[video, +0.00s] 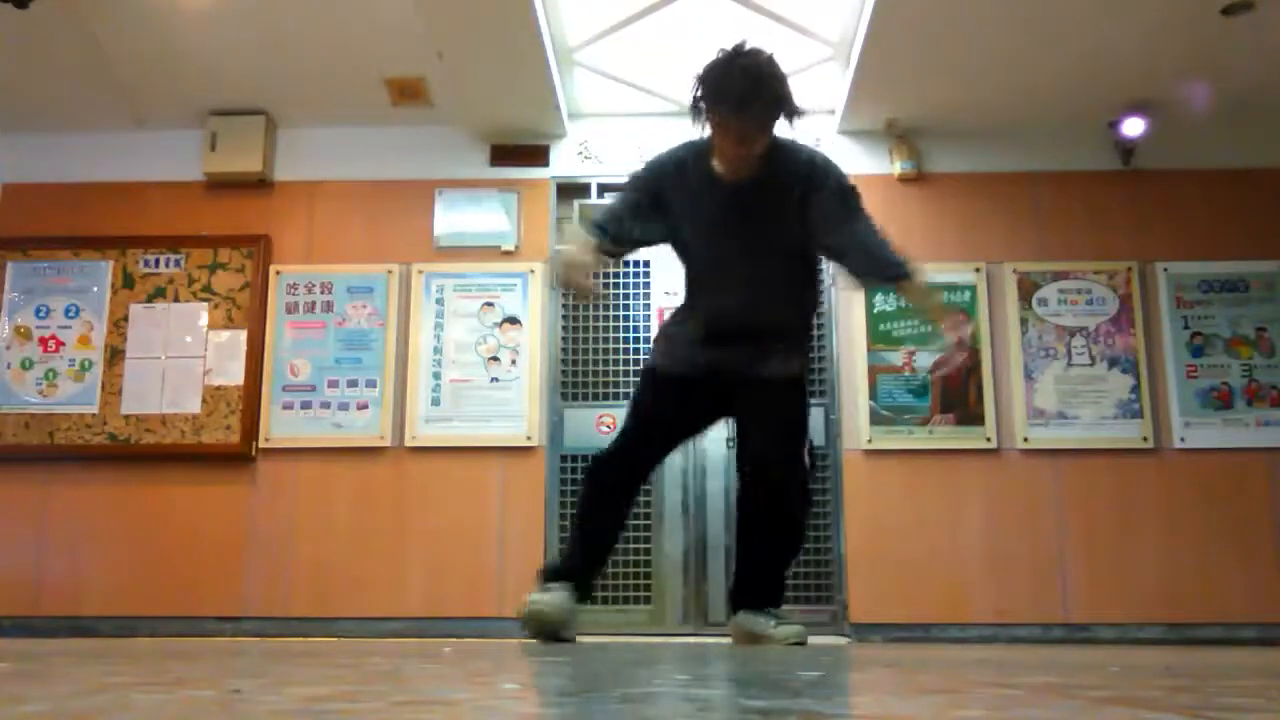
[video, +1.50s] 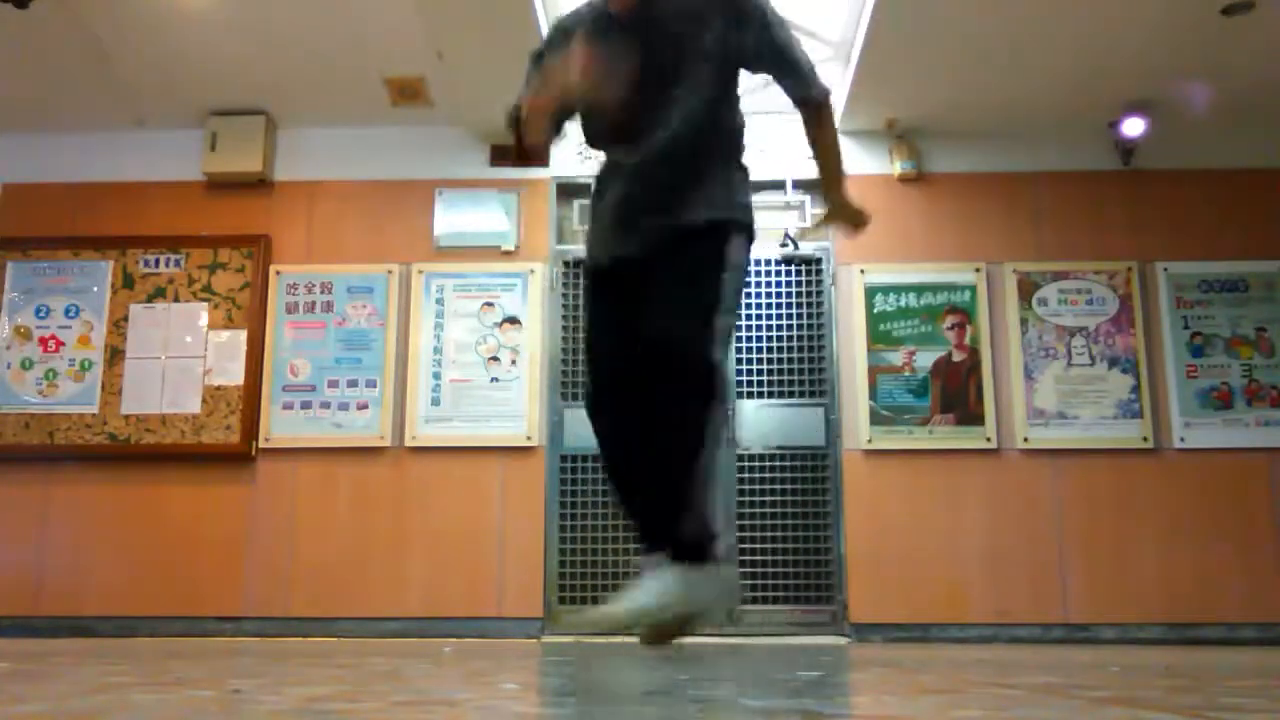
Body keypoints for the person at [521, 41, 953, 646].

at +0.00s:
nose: (736, 147)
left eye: (750, 134)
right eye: (726, 131)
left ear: (773, 123)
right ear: (708, 117)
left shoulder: (807, 178)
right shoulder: (676, 175)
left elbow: (863, 247)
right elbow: (612, 228)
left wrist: (932, 305)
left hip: (775, 362)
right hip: (692, 355)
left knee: (778, 484)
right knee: (626, 458)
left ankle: (756, 609)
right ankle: (565, 586)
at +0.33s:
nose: (754, 159)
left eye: (768, 147)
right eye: (744, 144)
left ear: (793, 132)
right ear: (724, 123)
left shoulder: (821, 171)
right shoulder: (675, 166)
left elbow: (868, 214)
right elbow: (585, 216)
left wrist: (887, 218)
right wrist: (546, 282)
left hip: (780, 353)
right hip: (696, 351)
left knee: (781, 473)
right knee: (713, 472)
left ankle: (767, 598)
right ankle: (724, 601)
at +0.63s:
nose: (812, 64)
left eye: (818, 53)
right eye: (808, 49)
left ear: (805, 49)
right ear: (772, 37)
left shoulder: (789, 122)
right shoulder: (701, 118)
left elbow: (759, 216)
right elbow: (623, 201)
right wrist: (578, 287)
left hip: (775, 315)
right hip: (705, 321)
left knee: (796, 455)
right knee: (725, 458)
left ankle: (763, 597)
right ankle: (718, 603)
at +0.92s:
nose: (811, 77)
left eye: (819, 66)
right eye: (811, 60)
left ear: (785, 49)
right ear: (778, 42)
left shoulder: (758, 106)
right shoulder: (738, 83)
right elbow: (662, 122)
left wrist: (627, 213)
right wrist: (646, 193)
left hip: (738, 313)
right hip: (689, 307)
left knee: (775, 457)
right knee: (714, 452)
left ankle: (747, 603)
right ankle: (685, 580)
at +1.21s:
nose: (708, 2)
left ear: (726, 1)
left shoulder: (759, 65)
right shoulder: (627, 75)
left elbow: (815, 144)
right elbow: (559, 182)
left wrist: (766, 78)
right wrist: (539, 297)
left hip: (721, 283)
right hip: (639, 281)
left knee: (755, 448)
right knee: (647, 432)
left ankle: (700, 572)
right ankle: (602, 594)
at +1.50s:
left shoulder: (725, 10)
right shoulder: (580, 30)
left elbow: (811, 93)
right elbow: (531, 139)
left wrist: (835, 193)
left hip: (704, 214)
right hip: (620, 225)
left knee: (684, 375)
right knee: (614, 396)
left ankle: (690, 563)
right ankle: (677, 565)